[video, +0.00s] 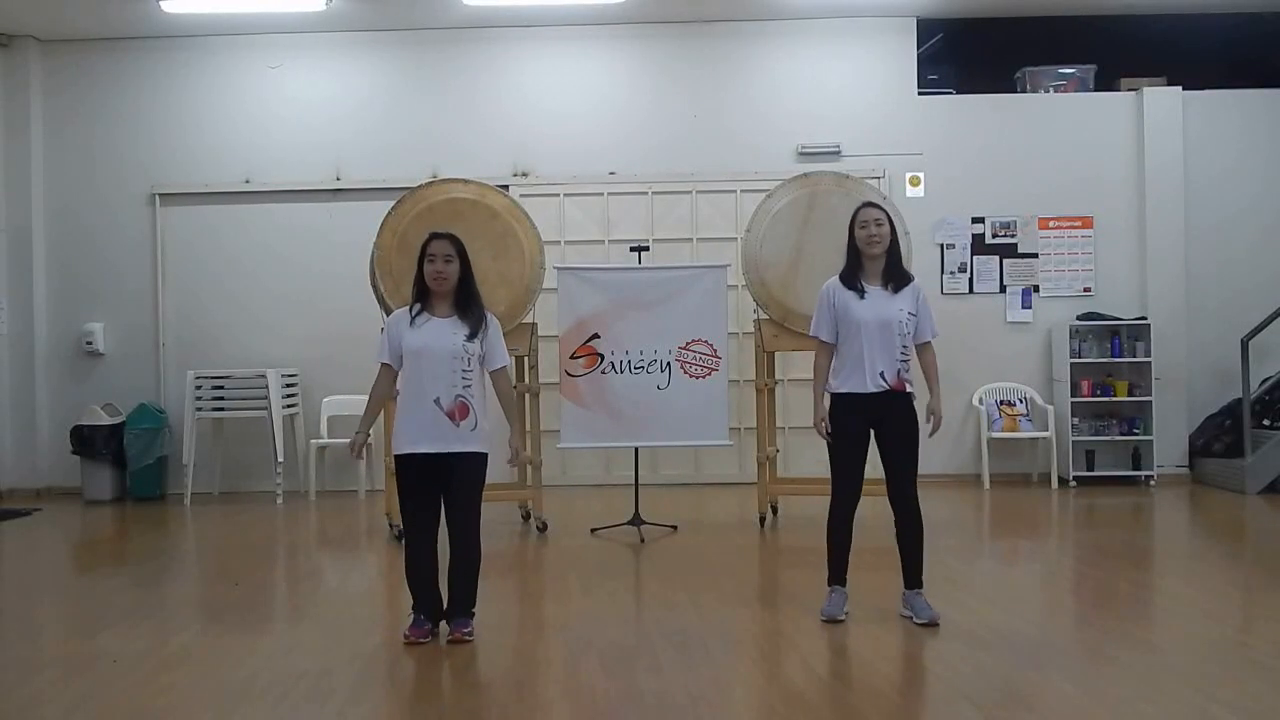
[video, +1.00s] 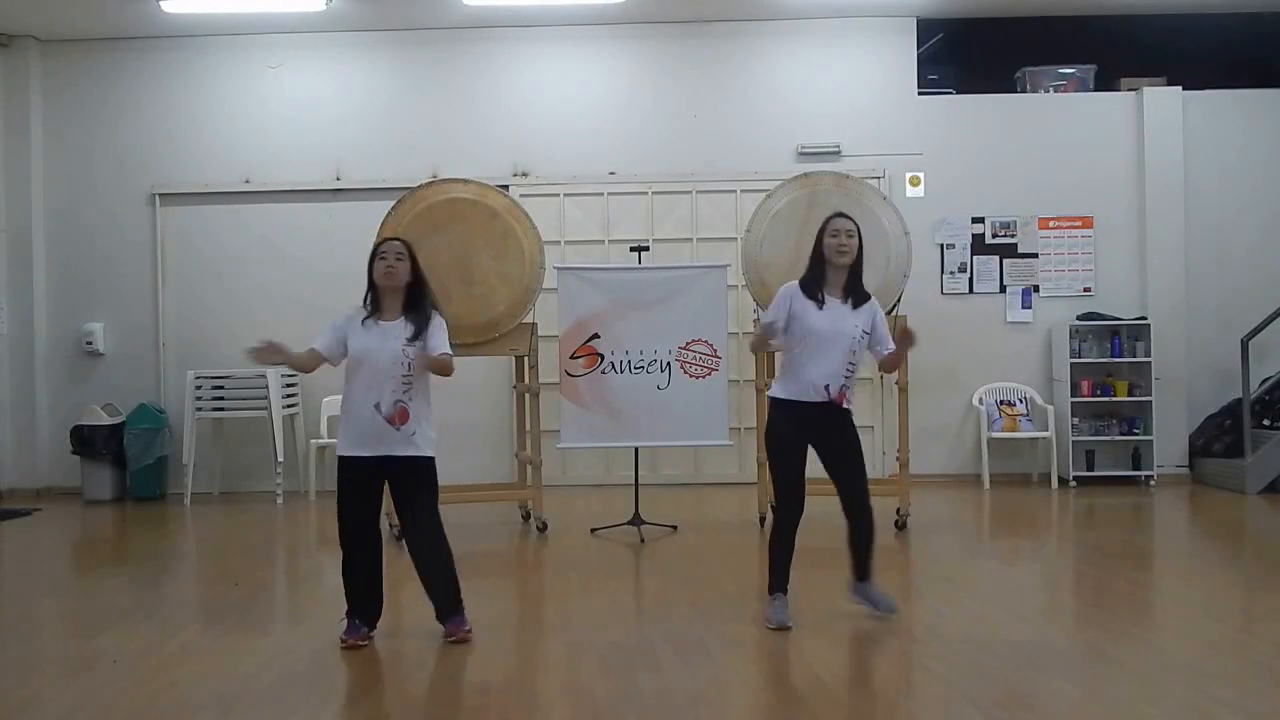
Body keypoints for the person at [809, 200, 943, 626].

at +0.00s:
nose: (872, 231)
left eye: (879, 224)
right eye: (864, 225)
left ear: (892, 232)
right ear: (853, 236)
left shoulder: (910, 289)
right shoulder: (835, 290)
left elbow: (924, 346)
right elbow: (823, 348)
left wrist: (934, 395)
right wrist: (819, 400)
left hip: (897, 405)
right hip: (847, 406)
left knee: (905, 499)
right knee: (843, 499)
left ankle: (914, 593)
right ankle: (836, 591)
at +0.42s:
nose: (882, 241)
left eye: (889, 234)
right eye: (874, 236)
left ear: (902, 241)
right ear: (863, 245)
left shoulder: (922, 296)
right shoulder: (846, 300)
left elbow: (951, 352)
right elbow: (830, 357)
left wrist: (973, 348)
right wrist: (797, 354)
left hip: (913, 412)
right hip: (862, 413)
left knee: (920, 506)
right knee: (859, 507)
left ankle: (915, 594)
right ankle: (864, 584)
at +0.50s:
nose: (881, 243)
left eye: (888, 236)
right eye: (873, 238)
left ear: (902, 243)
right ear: (862, 247)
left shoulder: (921, 295)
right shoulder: (845, 298)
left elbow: (953, 344)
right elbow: (820, 348)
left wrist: (964, 313)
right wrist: (798, 327)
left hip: (910, 413)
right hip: (860, 414)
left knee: (917, 507)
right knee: (851, 506)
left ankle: (915, 594)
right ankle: (866, 582)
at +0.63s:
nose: (874, 236)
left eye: (882, 229)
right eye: (866, 230)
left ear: (894, 237)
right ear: (855, 240)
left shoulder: (909, 288)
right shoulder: (839, 288)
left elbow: (925, 325)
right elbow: (814, 326)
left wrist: (919, 275)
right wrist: (806, 281)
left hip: (900, 407)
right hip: (850, 406)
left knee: (908, 504)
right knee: (828, 500)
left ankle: (915, 594)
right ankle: (823, 589)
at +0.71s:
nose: (865, 234)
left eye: (872, 228)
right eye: (857, 229)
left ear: (886, 236)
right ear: (847, 240)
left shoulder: (903, 287)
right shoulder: (835, 285)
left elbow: (899, 328)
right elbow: (815, 323)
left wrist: (879, 285)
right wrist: (822, 277)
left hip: (885, 405)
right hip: (835, 404)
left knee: (900, 502)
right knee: (815, 500)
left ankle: (914, 595)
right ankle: (787, 595)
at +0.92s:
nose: (846, 243)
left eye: (854, 237)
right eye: (838, 237)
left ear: (864, 247)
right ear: (825, 245)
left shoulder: (874, 303)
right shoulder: (800, 293)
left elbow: (890, 362)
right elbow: (777, 349)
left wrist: (874, 338)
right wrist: (797, 331)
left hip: (841, 413)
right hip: (794, 409)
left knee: (873, 507)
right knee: (790, 508)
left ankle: (894, 591)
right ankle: (777, 597)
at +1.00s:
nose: (842, 241)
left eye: (849, 235)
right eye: (834, 234)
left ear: (859, 247)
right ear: (819, 244)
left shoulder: (866, 305)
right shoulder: (793, 293)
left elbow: (887, 365)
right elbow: (758, 343)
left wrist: (902, 344)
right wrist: (761, 335)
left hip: (834, 414)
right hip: (788, 412)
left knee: (859, 506)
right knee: (789, 506)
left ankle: (862, 584)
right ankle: (777, 597)